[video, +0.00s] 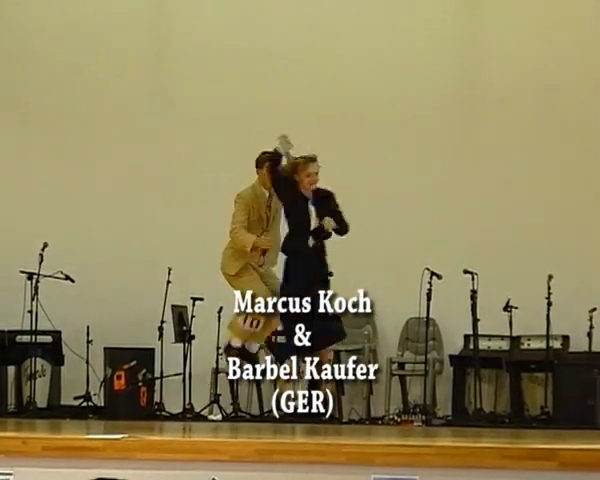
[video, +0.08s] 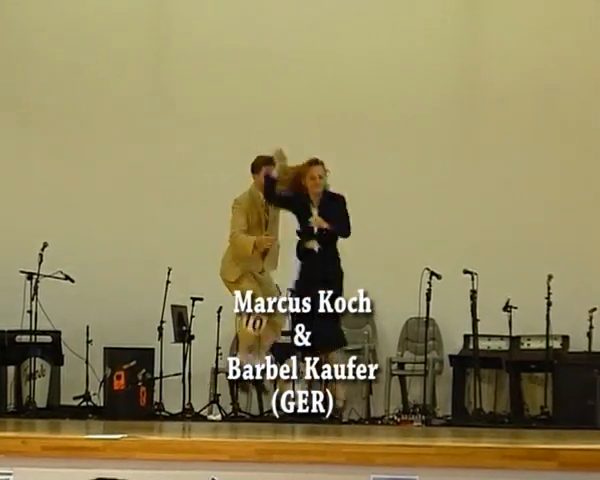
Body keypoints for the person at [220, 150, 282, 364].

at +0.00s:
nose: (274, 176)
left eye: (276, 171)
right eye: (269, 171)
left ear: (278, 172)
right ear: (259, 171)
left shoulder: (276, 197)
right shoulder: (245, 197)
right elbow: (236, 232)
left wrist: (285, 155)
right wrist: (256, 241)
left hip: (260, 264)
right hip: (238, 264)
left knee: (282, 298)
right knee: (262, 299)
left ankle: (251, 347)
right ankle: (234, 345)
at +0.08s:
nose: (271, 179)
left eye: (273, 174)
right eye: (267, 174)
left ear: (276, 176)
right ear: (256, 175)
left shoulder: (273, 201)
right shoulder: (243, 202)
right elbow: (236, 237)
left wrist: (286, 168)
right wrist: (256, 242)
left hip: (259, 269)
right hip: (237, 269)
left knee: (278, 311)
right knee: (254, 312)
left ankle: (259, 360)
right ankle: (243, 365)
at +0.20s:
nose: (265, 202)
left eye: (267, 197)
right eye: (261, 197)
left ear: (270, 199)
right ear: (249, 198)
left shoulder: (273, 221)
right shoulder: (238, 224)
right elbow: (233, 261)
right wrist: (259, 262)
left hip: (264, 293)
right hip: (239, 293)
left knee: (273, 347)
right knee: (253, 346)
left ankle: (261, 408)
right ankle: (240, 408)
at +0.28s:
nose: (263, 221)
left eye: (266, 216)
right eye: (259, 216)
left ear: (269, 218)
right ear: (248, 218)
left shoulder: (272, 245)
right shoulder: (235, 246)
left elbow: (280, 280)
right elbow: (234, 281)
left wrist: (281, 273)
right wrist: (264, 277)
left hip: (264, 315)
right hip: (239, 316)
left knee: (274, 363)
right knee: (257, 360)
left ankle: (263, 413)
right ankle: (241, 413)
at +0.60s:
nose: (250, 213)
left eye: (255, 209)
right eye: (247, 209)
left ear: (264, 210)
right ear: (242, 209)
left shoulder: (269, 235)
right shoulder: (235, 233)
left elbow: (284, 263)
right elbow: (247, 265)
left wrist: (313, 267)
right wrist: (281, 273)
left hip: (240, 299)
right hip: (217, 298)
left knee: (242, 350)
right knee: (227, 350)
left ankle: (254, 407)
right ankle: (237, 408)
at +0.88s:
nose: (270, 218)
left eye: (275, 213)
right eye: (266, 213)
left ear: (281, 214)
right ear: (259, 213)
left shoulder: (281, 238)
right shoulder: (252, 237)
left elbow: (293, 266)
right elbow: (263, 269)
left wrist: (314, 268)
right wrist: (297, 271)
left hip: (251, 304)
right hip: (231, 302)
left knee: (257, 355)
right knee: (244, 352)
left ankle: (247, 409)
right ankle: (231, 407)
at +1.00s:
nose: (290, 219)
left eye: (294, 215)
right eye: (285, 215)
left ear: (300, 215)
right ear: (279, 215)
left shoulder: (302, 244)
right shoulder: (269, 242)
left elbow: (303, 275)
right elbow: (265, 278)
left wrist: (327, 280)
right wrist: (295, 282)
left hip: (278, 308)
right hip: (257, 307)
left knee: (275, 361)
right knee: (277, 358)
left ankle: (245, 407)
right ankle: (247, 407)